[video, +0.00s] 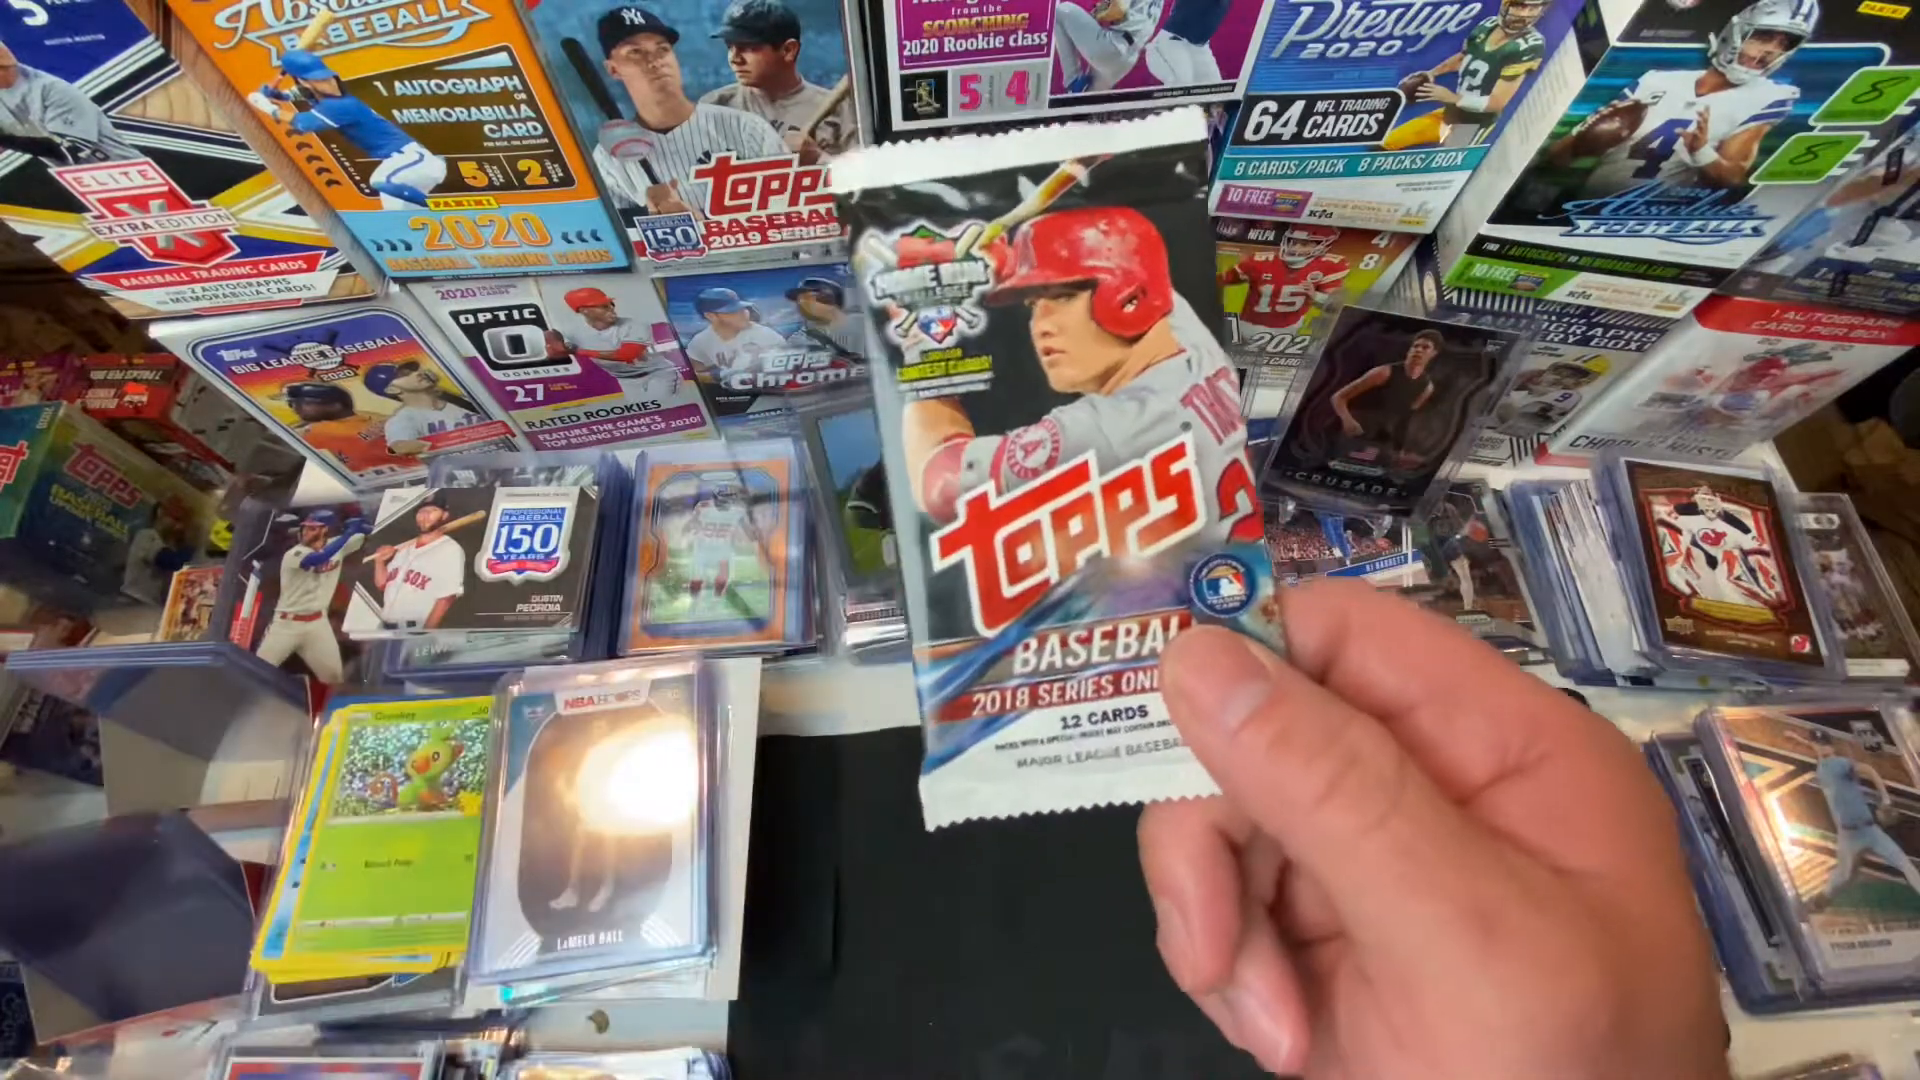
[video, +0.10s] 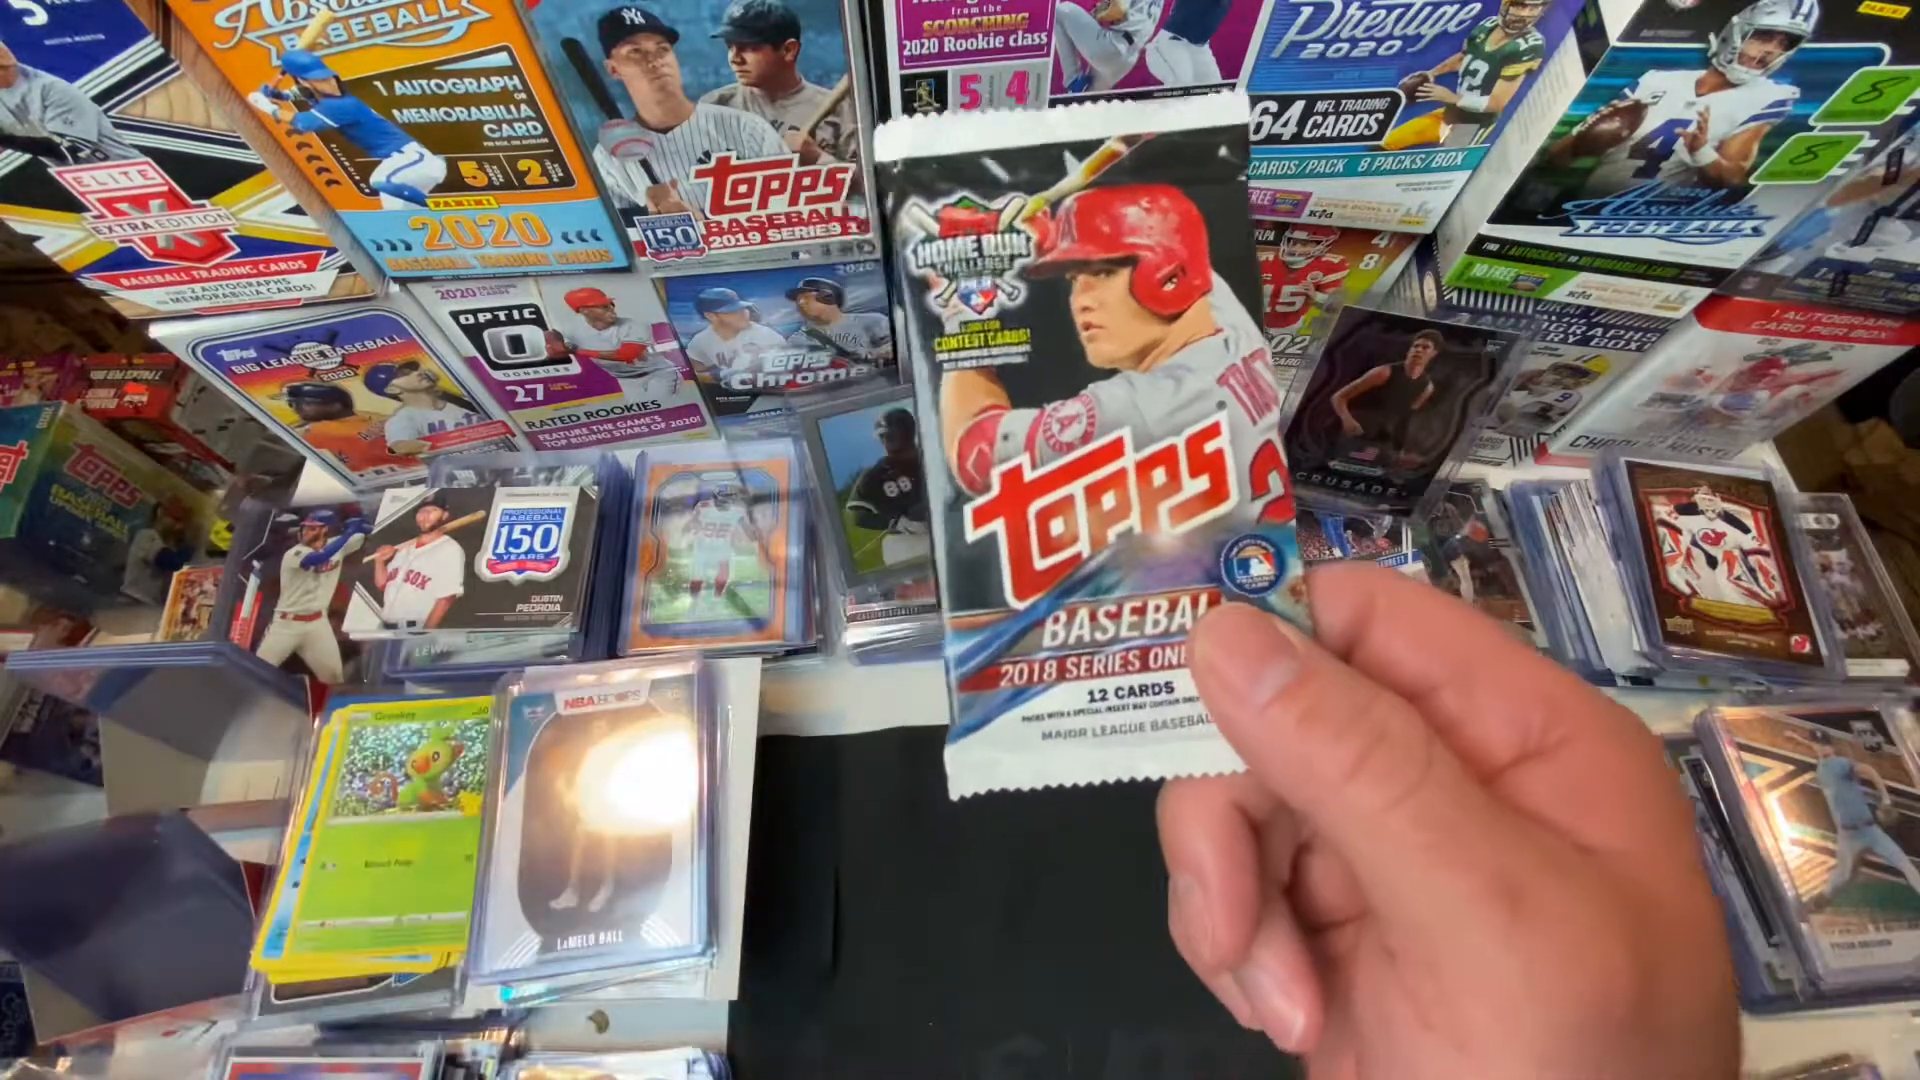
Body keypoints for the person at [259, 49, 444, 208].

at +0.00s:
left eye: (326, 76)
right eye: (321, 77)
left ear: (308, 83)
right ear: (305, 83)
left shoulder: (344, 106)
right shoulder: (329, 104)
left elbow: (301, 123)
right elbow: (298, 94)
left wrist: (270, 109)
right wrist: (275, 94)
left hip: (416, 158)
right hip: (403, 167)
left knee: (381, 179)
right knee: (397, 222)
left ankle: (437, 217)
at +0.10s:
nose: (329, 80)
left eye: (326, 76)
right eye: (321, 77)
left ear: (307, 82)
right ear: (305, 83)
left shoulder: (344, 105)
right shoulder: (330, 103)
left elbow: (302, 122)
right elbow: (299, 94)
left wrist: (270, 109)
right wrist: (275, 94)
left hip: (415, 158)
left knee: (381, 179)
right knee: (397, 221)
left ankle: (434, 220)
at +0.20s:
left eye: (300, 82)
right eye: (319, 79)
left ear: (308, 83)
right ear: (310, 82)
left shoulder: (343, 106)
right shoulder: (332, 103)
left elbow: (300, 123)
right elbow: (302, 92)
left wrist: (269, 108)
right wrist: (277, 95)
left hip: (414, 158)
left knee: (380, 180)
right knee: (394, 220)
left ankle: (433, 211)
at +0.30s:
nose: (302, 87)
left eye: (302, 82)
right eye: (307, 81)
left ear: (309, 83)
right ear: (309, 82)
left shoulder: (343, 106)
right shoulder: (334, 102)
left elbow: (299, 122)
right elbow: (302, 92)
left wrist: (270, 108)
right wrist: (276, 94)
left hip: (415, 158)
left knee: (381, 180)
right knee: (400, 219)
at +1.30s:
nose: (331, 80)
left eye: (329, 76)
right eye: (323, 78)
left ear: (309, 83)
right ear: (306, 84)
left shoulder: (343, 106)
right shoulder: (330, 103)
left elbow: (300, 122)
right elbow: (300, 93)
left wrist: (270, 109)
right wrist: (276, 94)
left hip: (414, 157)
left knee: (381, 179)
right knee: (398, 217)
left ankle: (433, 220)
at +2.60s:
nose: (329, 79)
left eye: (326, 75)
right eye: (321, 78)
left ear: (310, 84)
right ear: (306, 83)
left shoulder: (343, 107)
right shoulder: (333, 100)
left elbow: (300, 123)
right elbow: (302, 92)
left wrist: (271, 109)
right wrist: (276, 94)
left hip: (414, 159)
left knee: (380, 179)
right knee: (399, 222)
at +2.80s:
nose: (300, 87)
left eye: (301, 82)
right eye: (304, 82)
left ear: (309, 83)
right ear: (311, 82)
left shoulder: (343, 106)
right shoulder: (332, 100)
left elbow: (300, 123)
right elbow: (303, 91)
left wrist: (271, 109)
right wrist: (277, 94)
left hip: (414, 158)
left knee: (380, 180)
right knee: (398, 222)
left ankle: (433, 214)